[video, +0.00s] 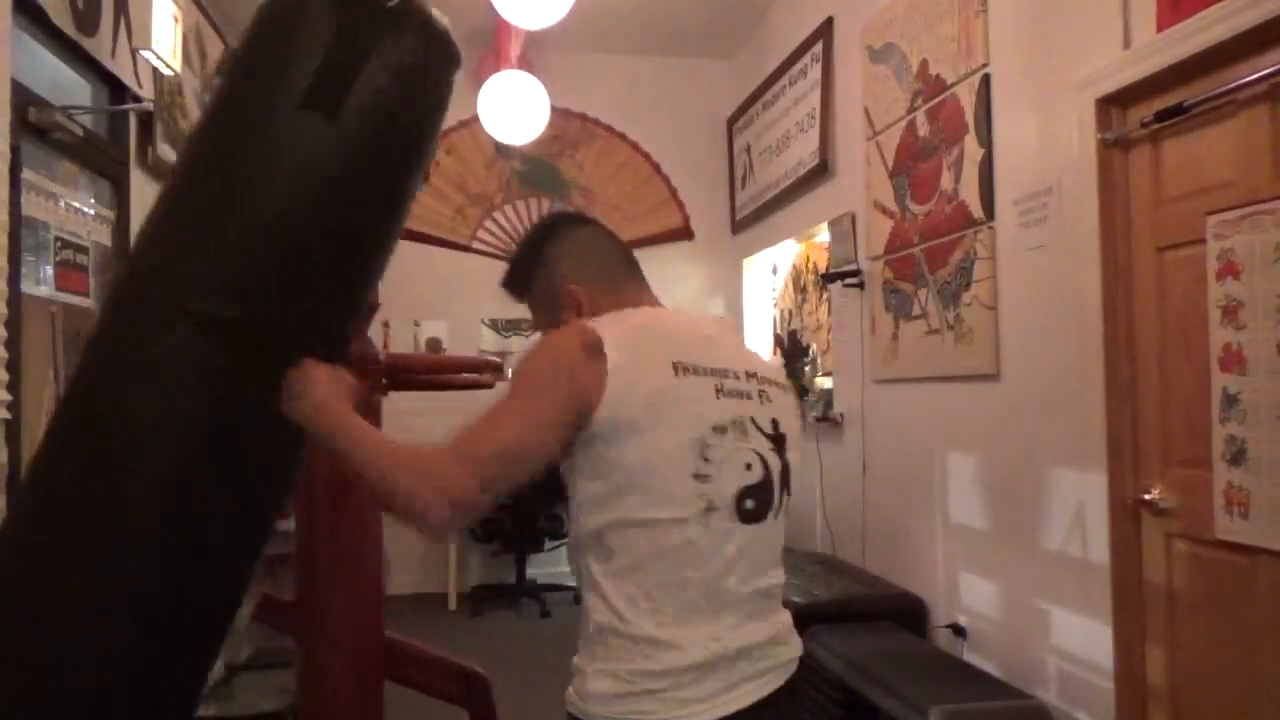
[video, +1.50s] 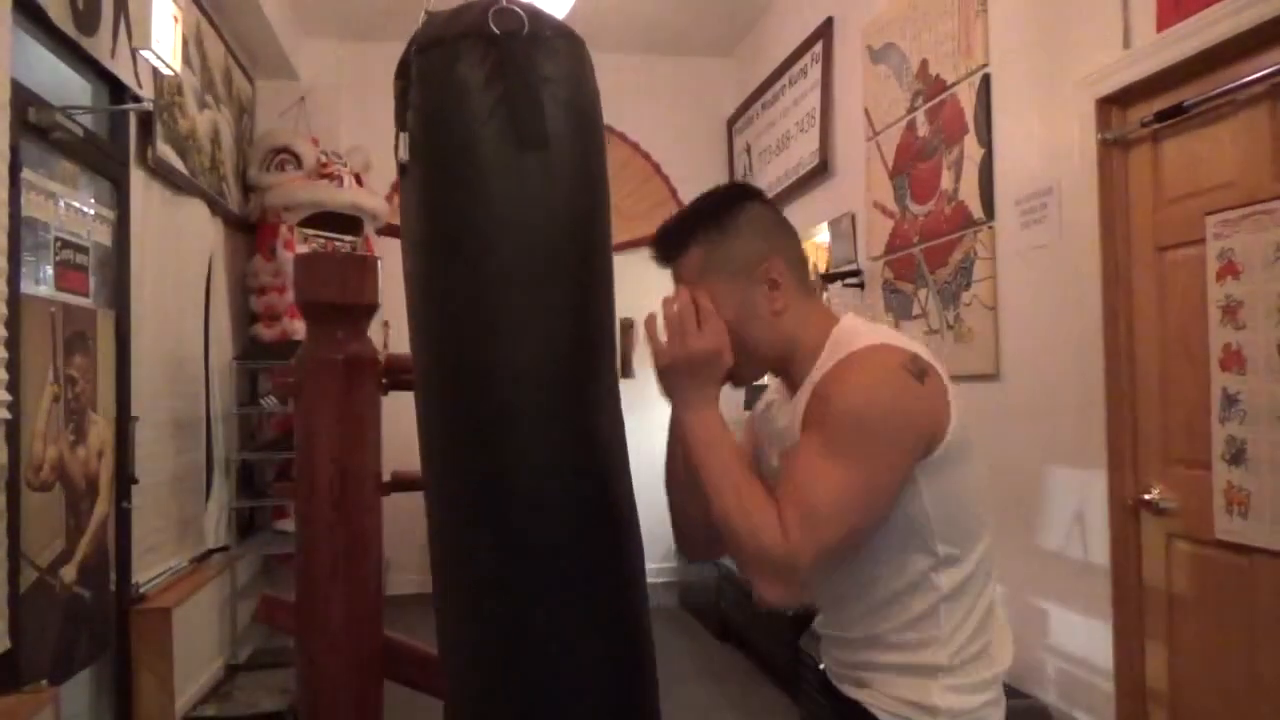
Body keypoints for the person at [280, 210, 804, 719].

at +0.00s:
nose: (541, 344)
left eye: (540, 325)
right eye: (536, 329)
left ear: (574, 300)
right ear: (639, 285)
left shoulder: (585, 352)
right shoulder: (746, 355)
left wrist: (327, 413)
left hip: (642, 698)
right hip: (774, 679)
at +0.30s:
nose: (480, 360)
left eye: (477, 336)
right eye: (470, 342)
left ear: (531, 302)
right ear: (535, 301)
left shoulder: (627, 380)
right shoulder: (593, 379)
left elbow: (562, 579)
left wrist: (467, 432)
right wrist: (456, 431)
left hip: (676, 703)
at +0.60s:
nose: (539, 339)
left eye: (539, 315)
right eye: (532, 318)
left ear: (593, 286)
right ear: (596, 282)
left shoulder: (647, 371)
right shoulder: (697, 339)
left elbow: (574, 573)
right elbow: (570, 512)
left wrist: (496, 431)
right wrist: (547, 362)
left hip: (700, 699)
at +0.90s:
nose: (686, 349)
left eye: (687, 331)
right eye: (680, 334)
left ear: (744, 304)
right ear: (745, 304)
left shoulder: (813, 387)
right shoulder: (794, 379)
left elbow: (770, 573)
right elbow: (714, 522)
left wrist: (636, 504)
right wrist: (694, 397)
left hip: (819, 698)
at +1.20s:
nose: (741, 333)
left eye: (739, 313)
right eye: (733, 318)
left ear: (788, 289)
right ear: (794, 286)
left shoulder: (828, 350)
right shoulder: (888, 343)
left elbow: (795, 534)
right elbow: (777, 504)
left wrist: (661, 450)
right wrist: (760, 390)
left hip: (872, 694)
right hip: (939, 684)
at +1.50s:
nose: (695, 335)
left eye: (702, 311)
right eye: (688, 315)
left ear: (773, 288)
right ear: (774, 291)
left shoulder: (878, 381)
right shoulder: (782, 397)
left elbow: (781, 569)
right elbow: (701, 541)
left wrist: (695, 402)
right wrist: (689, 401)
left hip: (921, 702)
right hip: (837, 671)